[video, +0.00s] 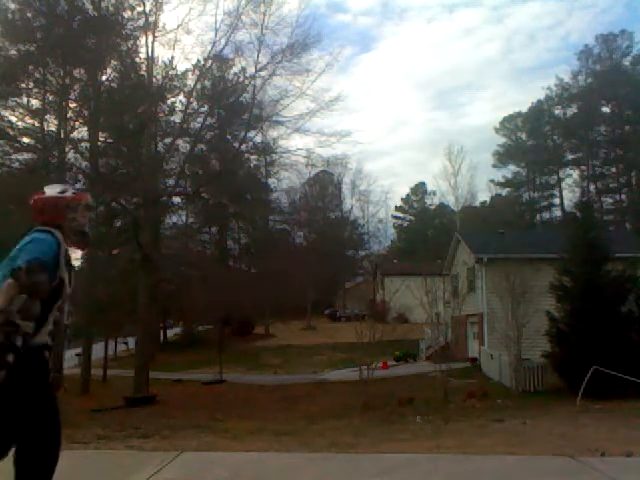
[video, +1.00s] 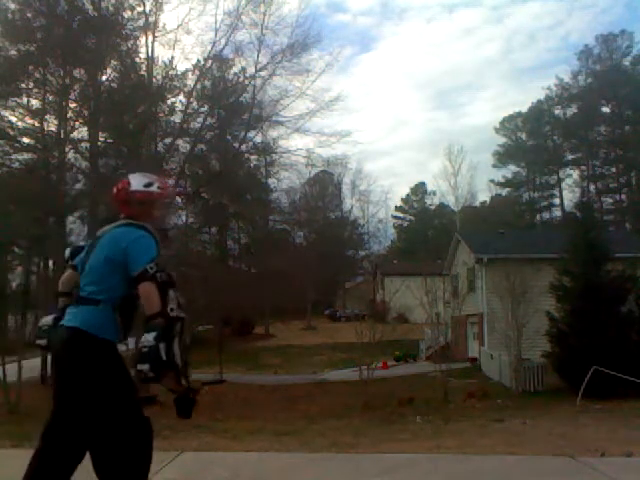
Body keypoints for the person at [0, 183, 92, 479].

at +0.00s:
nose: (84, 220)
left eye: (84, 212)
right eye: (77, 212)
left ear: (60, 215)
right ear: (59, 215)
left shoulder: (56, 248)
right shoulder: (44, 243)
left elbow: (54, 315)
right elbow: (15, 290)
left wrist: (54, 366)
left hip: (34, 359)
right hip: (23, 359)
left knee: (41, 443)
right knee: (41, 443)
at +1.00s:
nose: (161, 211)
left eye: (160, 204)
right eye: (156, 205)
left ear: (127, 207)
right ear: (142, 206)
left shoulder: (107, 234)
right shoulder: (139, 238)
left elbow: (68, 277)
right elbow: (148, 291)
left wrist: (63, 313)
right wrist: (160, 333)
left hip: (71, 337)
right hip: (93, 342)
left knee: (67, 431)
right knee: (130, 432)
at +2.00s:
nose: (251, 208)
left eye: (253, 200)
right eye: (243, 200)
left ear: (250, 204)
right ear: (221, 203)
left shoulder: (253, 248)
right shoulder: (193, 241)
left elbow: (289, 277)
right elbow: (145, 293)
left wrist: (313, 318)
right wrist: (103, 350)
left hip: (228, 357)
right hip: (187, 355)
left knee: (247, 449)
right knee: (173, 448)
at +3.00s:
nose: (319, 220)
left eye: (323, 213)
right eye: (312, 213)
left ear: (328, 213)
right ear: (293, 213)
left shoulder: (297, 248)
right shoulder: (281, 246)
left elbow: (322, 290)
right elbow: (315, 297)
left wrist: (349, 320)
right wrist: (346, 325)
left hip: (275, 347)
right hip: (261, 348)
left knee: (305, 444)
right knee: (303, 445)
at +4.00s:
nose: (308, 218)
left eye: (314, 210)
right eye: (300, 209)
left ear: (322, 212)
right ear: (280, 210)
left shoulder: (327, 250)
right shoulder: (257, 246)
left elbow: (370, 281)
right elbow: (236, 293)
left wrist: (396, 329)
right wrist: (225, 346)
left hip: (302, 352)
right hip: (261, 353)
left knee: (299, 439)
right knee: (269, 439)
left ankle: (297, 474)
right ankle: (271, 475)